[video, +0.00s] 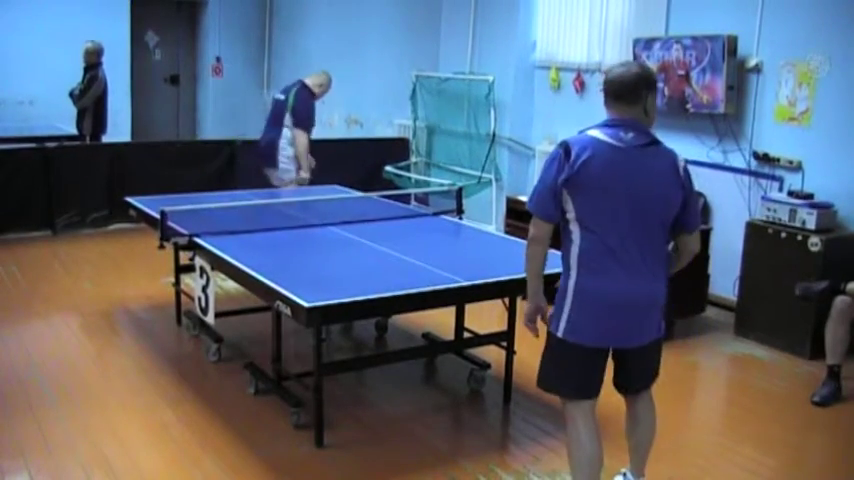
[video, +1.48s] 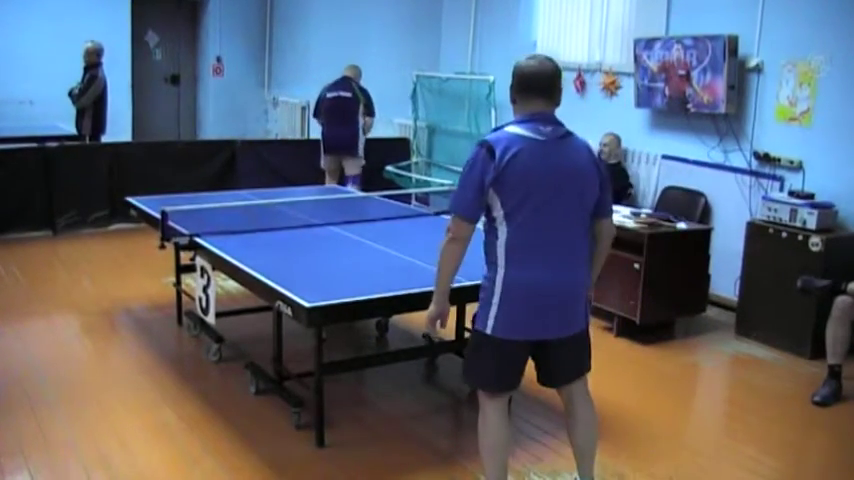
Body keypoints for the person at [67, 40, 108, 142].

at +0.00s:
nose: (85, 57)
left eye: (89, 53)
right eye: (85, 53)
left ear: (97, 56)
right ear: (84, 54)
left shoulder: (96, 76)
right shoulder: (88, 73)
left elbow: (82, 102)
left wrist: (74, 92)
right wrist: (77, 93)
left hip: (93, 127)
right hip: (85, 126)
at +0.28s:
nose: (85, 57)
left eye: (88, 53)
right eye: (85, 53)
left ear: (96, 56)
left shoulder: (96, 76)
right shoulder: (88, 73)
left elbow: (82, 102)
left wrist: (74, 92)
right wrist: (76, 93)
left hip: (92, 127)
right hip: (85, 126)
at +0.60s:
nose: (84, 56)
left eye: (87, 53)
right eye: (84, 52)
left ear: (95, 55)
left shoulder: (95, 76)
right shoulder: (88, 73)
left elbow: (81, 102)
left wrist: (74, 91)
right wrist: (76, 92)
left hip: (92, 128)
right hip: (85, 126)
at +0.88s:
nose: (84, 56)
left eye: (88, 53)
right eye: (85, 52)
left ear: (95, 55)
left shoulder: (96, 76)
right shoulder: (88, 73)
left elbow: (81, 101)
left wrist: (74, 92)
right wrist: (76, 93)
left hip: (92, 128)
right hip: (85, 127)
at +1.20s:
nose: (85, 57)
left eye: (89, 54)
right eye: (85, 53)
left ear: (98, 56)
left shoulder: (96, 76)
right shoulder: (88, 74)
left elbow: (81, 101)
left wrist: (74, 92)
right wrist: (76, 92)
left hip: (92, 128)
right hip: (85, 127)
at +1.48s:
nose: (85, 57)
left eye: (89, 54)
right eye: (85, 53)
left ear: (97, 56)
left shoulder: (96, 76)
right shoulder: (88, 73)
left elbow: (81, 101)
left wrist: (74, 92)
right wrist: (76, 92)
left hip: (92, 128)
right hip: (85, 127)